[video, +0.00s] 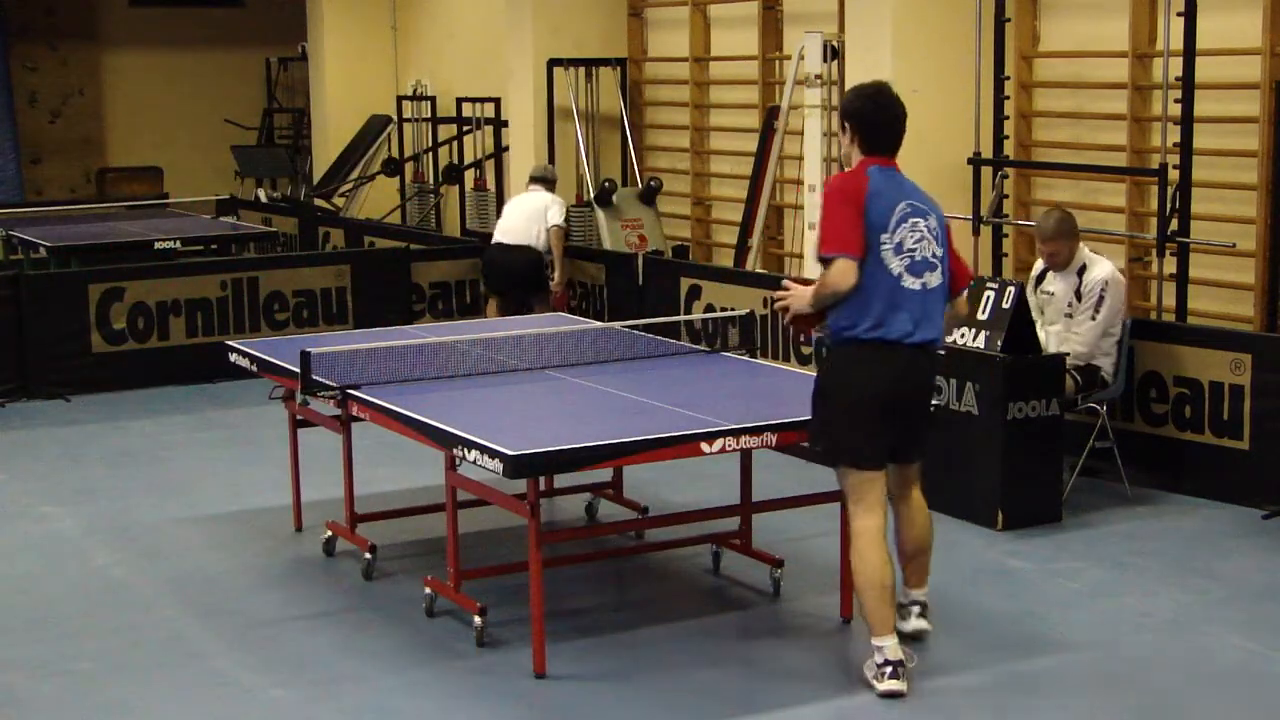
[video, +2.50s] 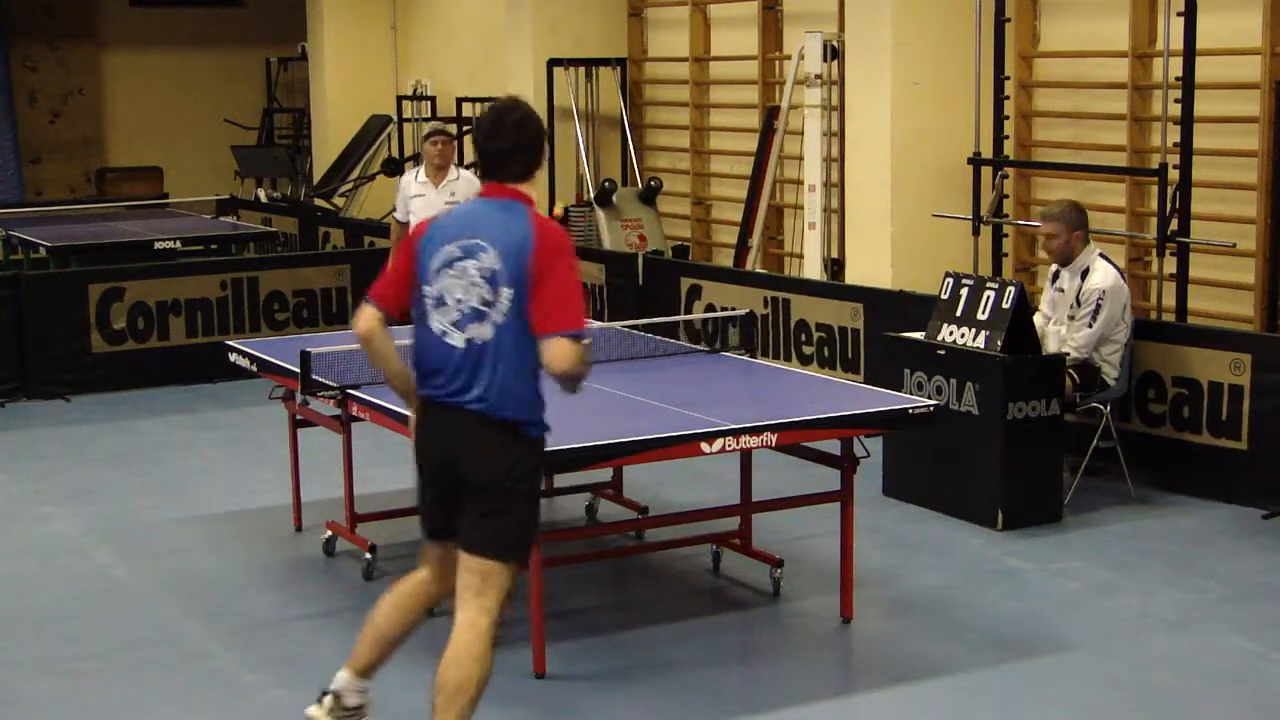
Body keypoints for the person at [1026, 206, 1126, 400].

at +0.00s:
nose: (1046, 260)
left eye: (1053, 255)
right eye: (1042, 253)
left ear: (1074, 244)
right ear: (1038, 244)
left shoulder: (1104, 277)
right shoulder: (1039, 269)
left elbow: (1082, 348)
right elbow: (1033, 322)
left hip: (1092, 367)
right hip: (1048, 360)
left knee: (1032, 392)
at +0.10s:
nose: (1046, 264)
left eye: (1054, 259)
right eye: (1044, 257)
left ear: (1076, 248)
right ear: (1039, 246)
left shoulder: (1102, 282)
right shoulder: (1044, 268)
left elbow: (1083, 347)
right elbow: (1035, 320)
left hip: (1092, 367)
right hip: (1050, 359)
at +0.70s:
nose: (1043, 280)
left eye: (1051, 274)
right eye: (1040, 273)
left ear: (1071, 265)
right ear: (1037, 262)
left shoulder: (1096, 300)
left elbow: (1071, 360)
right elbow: (1045, 312)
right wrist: (1018, 340)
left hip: (1097, 372)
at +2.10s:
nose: (1035, 264)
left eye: (1039, 259)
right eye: (1035, 259)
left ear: (1063, 253)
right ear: (1062, 253)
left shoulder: (1098, 292)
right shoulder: (1060, 271)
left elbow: (1076, 351)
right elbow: (1041, 321)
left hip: (1103, 369)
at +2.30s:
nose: (1032, 248)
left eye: (1037, 242)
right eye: (1033, 241)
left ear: (1059, 248)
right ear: (1059, 248)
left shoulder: (1099, 289)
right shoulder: (1057, 267)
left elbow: (1076, 351)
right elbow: (1044, 313)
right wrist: (1016, 339)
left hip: (1100, 370)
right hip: (1065, 356)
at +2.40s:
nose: (1034, 246)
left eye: (1040, 241)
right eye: (1035, 239)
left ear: (1064, 243)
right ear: (1063, 244)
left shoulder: (1101, 287)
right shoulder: (1058, 267)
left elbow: (1076, 351)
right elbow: (1043, 316)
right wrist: (1013, 340)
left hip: (1097, 372)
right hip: (1064, 356)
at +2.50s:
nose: (1044, 246)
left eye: (1051, 238)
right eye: (1043, 238)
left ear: (1076, 238)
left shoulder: (1103, 282)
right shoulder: (1058, 268)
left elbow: (1079, 348)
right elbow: (1043, 318)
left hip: (1096, 373)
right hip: (1060, 360)